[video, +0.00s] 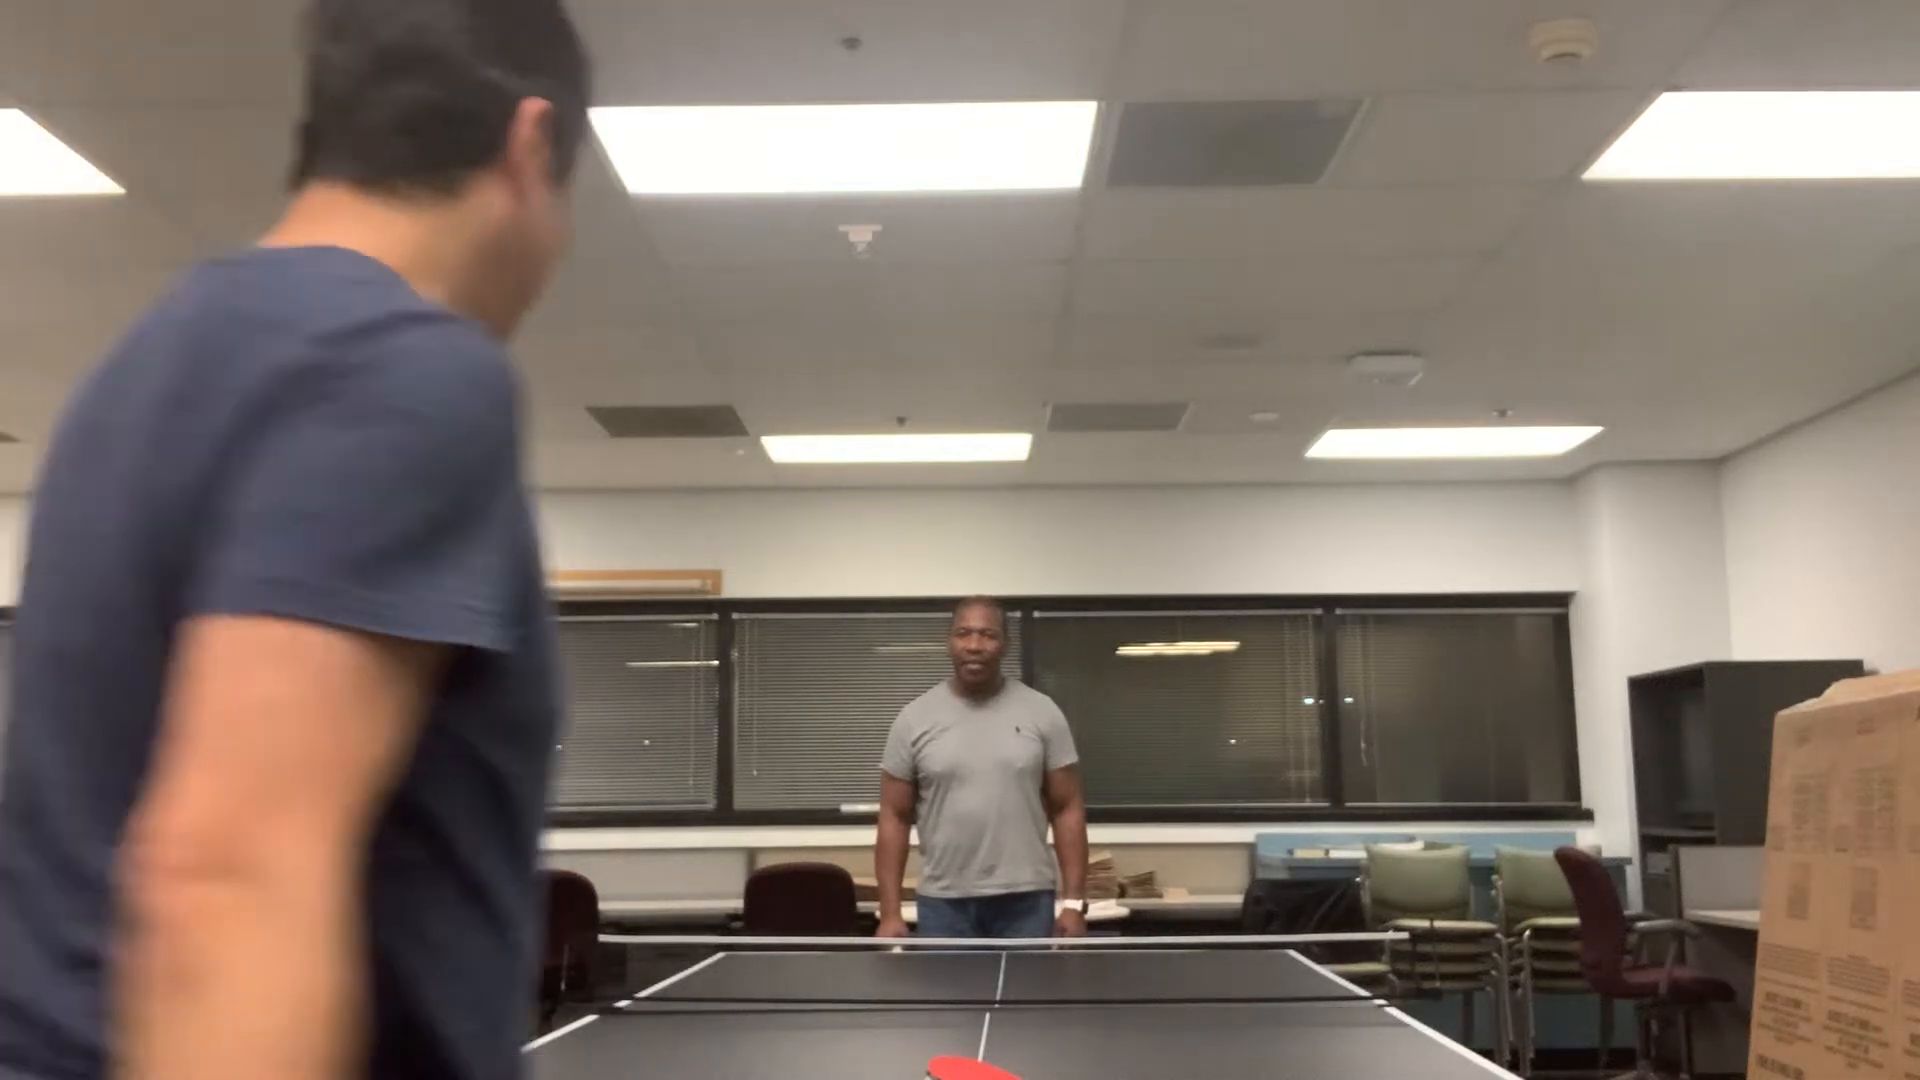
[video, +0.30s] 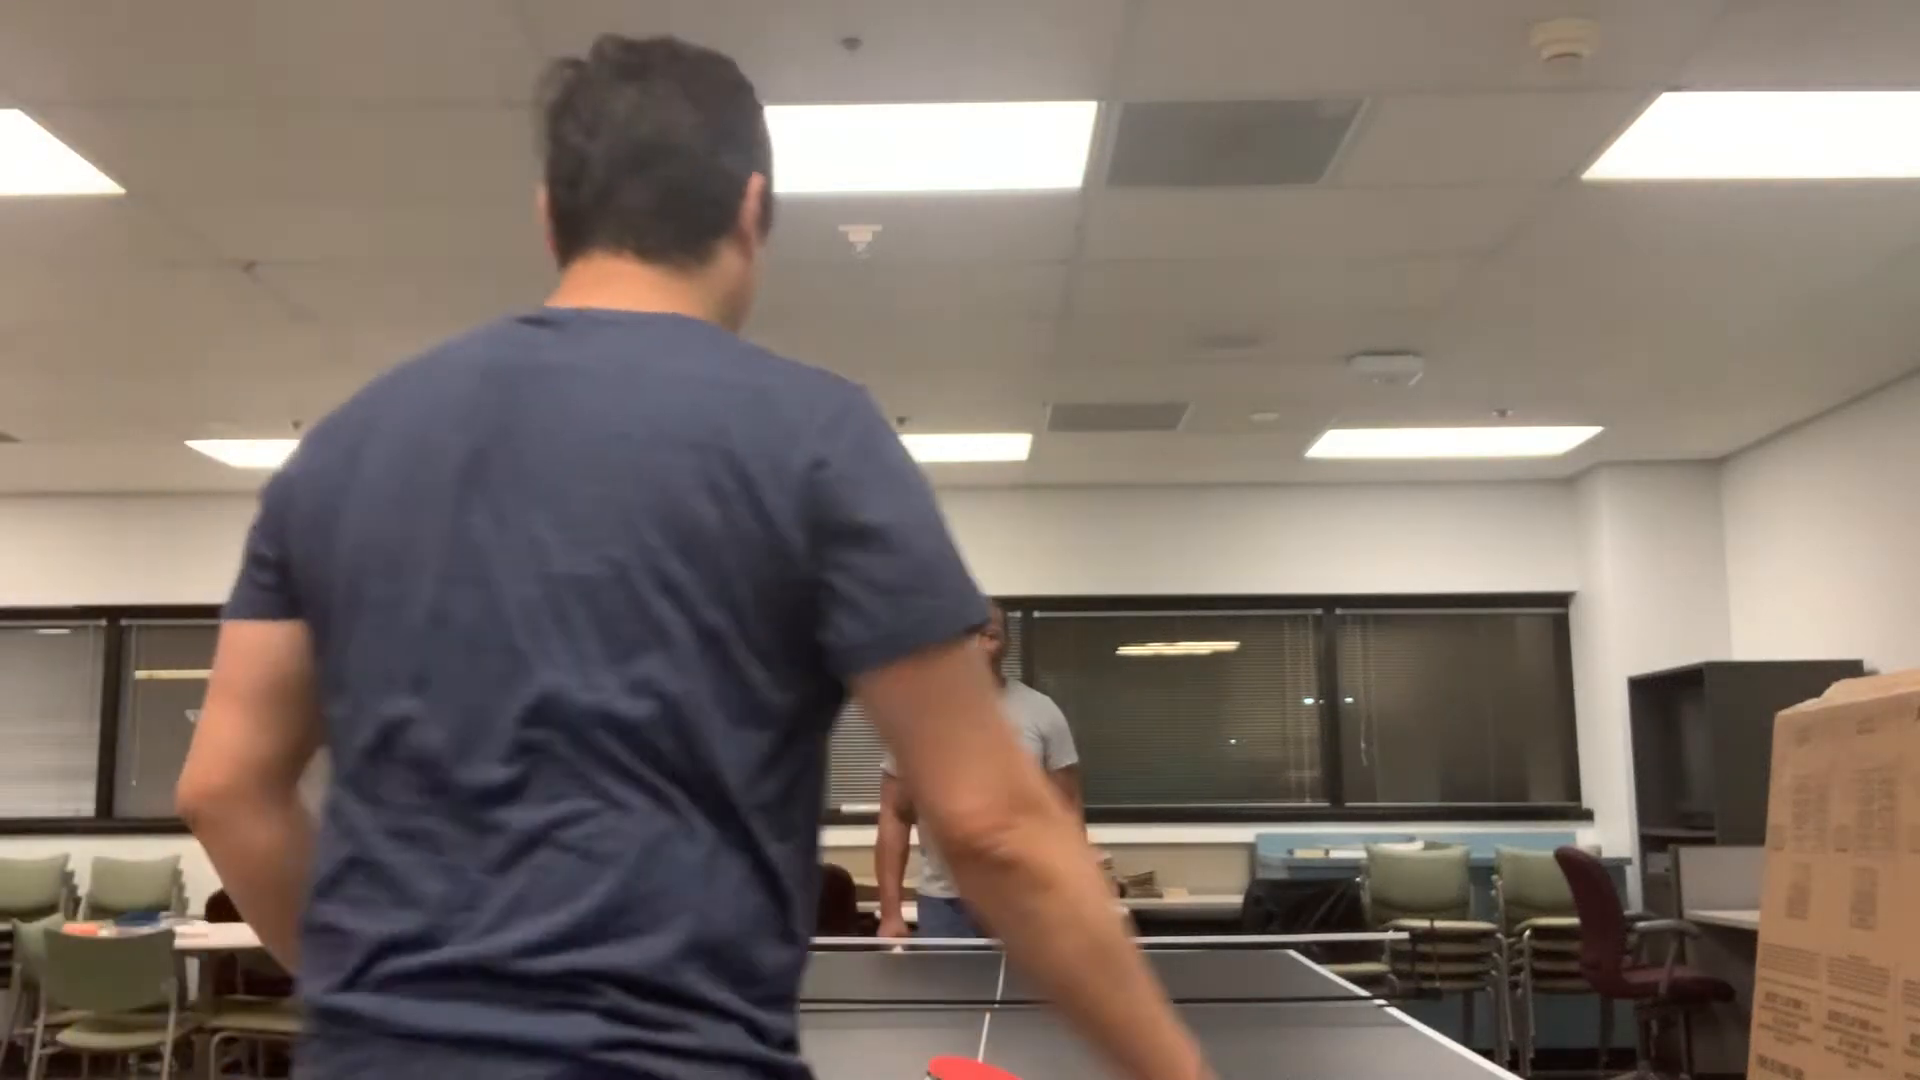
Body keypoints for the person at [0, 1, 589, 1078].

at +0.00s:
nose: (558, 245)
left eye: (569, 195)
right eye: (569, 188)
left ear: (330, 128)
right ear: (528, 146)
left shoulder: (151, 355)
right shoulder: (406, 367)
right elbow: (229, 875)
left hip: (56, 1039)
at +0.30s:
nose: (765, 239)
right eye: (770, 213)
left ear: (545, 214)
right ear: (753, 211)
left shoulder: (361, 433)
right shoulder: (808, 429)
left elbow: (226, 790)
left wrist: (360, 987)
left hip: (377, 1044)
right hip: (675, 1049)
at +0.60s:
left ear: (641, 329)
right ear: (822, 309)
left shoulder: (527, 538)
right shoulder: (946, 490)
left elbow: (449, 875)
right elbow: (1077, 780)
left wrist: (564, 987)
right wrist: (1101, 879)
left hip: (607, 1048)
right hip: (882, 1048)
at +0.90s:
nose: (811, 411)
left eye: (804, 396)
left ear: (815, 401)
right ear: (975, 377)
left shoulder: (754, 579)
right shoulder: (1113, 544)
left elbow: (756, 887)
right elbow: (1108, 796)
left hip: (852, 1053)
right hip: (1098, 1049)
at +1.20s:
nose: (982, 459)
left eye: (977, 441)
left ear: (990, 443)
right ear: (1132, 426)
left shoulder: (982, 584)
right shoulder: (1235, 557)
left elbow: (976, 894)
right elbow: (1135, 836)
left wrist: (1015, 1045)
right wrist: (1006, 1013)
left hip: (1157, 1035)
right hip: (1350, 1021)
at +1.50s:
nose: (1057, 464)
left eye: (1053, 446)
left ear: (1068, 444)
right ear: (1209, 434)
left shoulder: (1050, 582)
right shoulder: (1313, 565)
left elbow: (1024, 883)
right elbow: (1250, 842)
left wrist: (1038, 1052)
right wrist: (1083, 991)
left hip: (1257, 1036)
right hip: (1439, 1026)